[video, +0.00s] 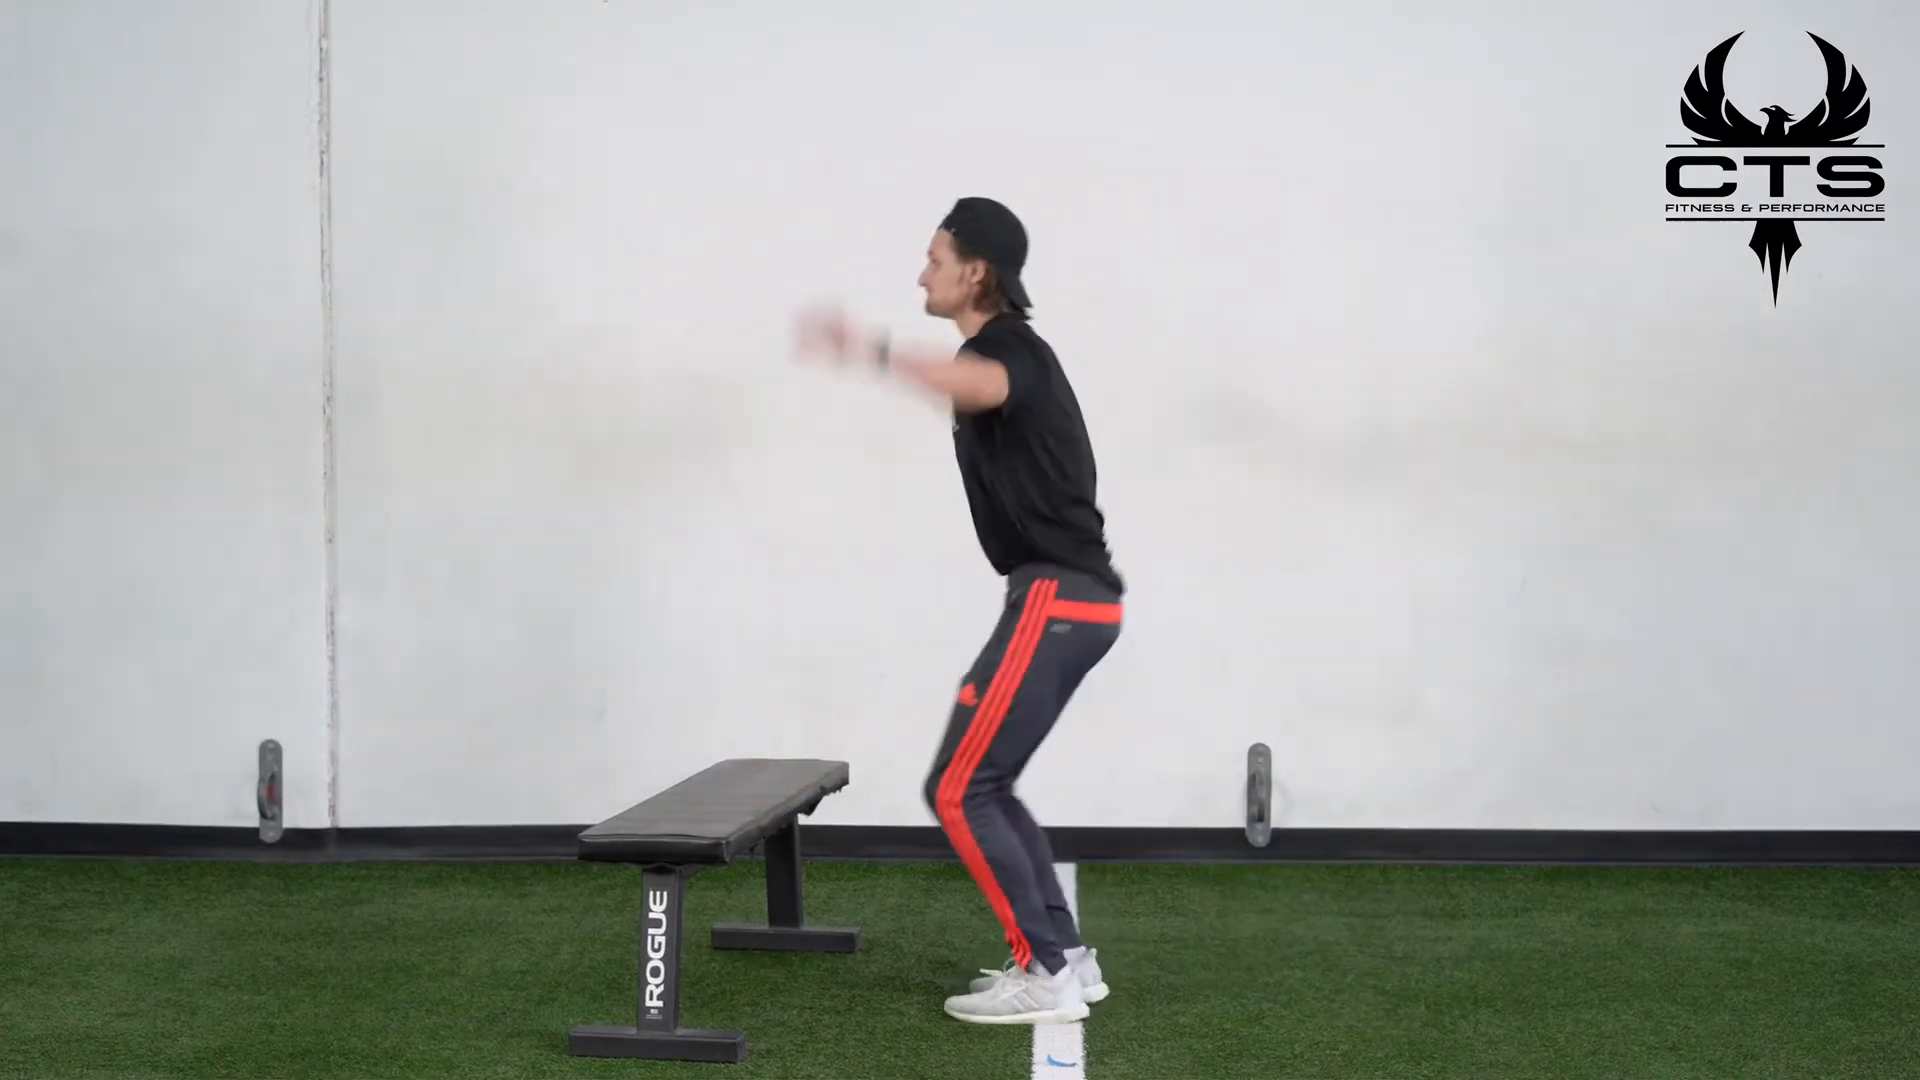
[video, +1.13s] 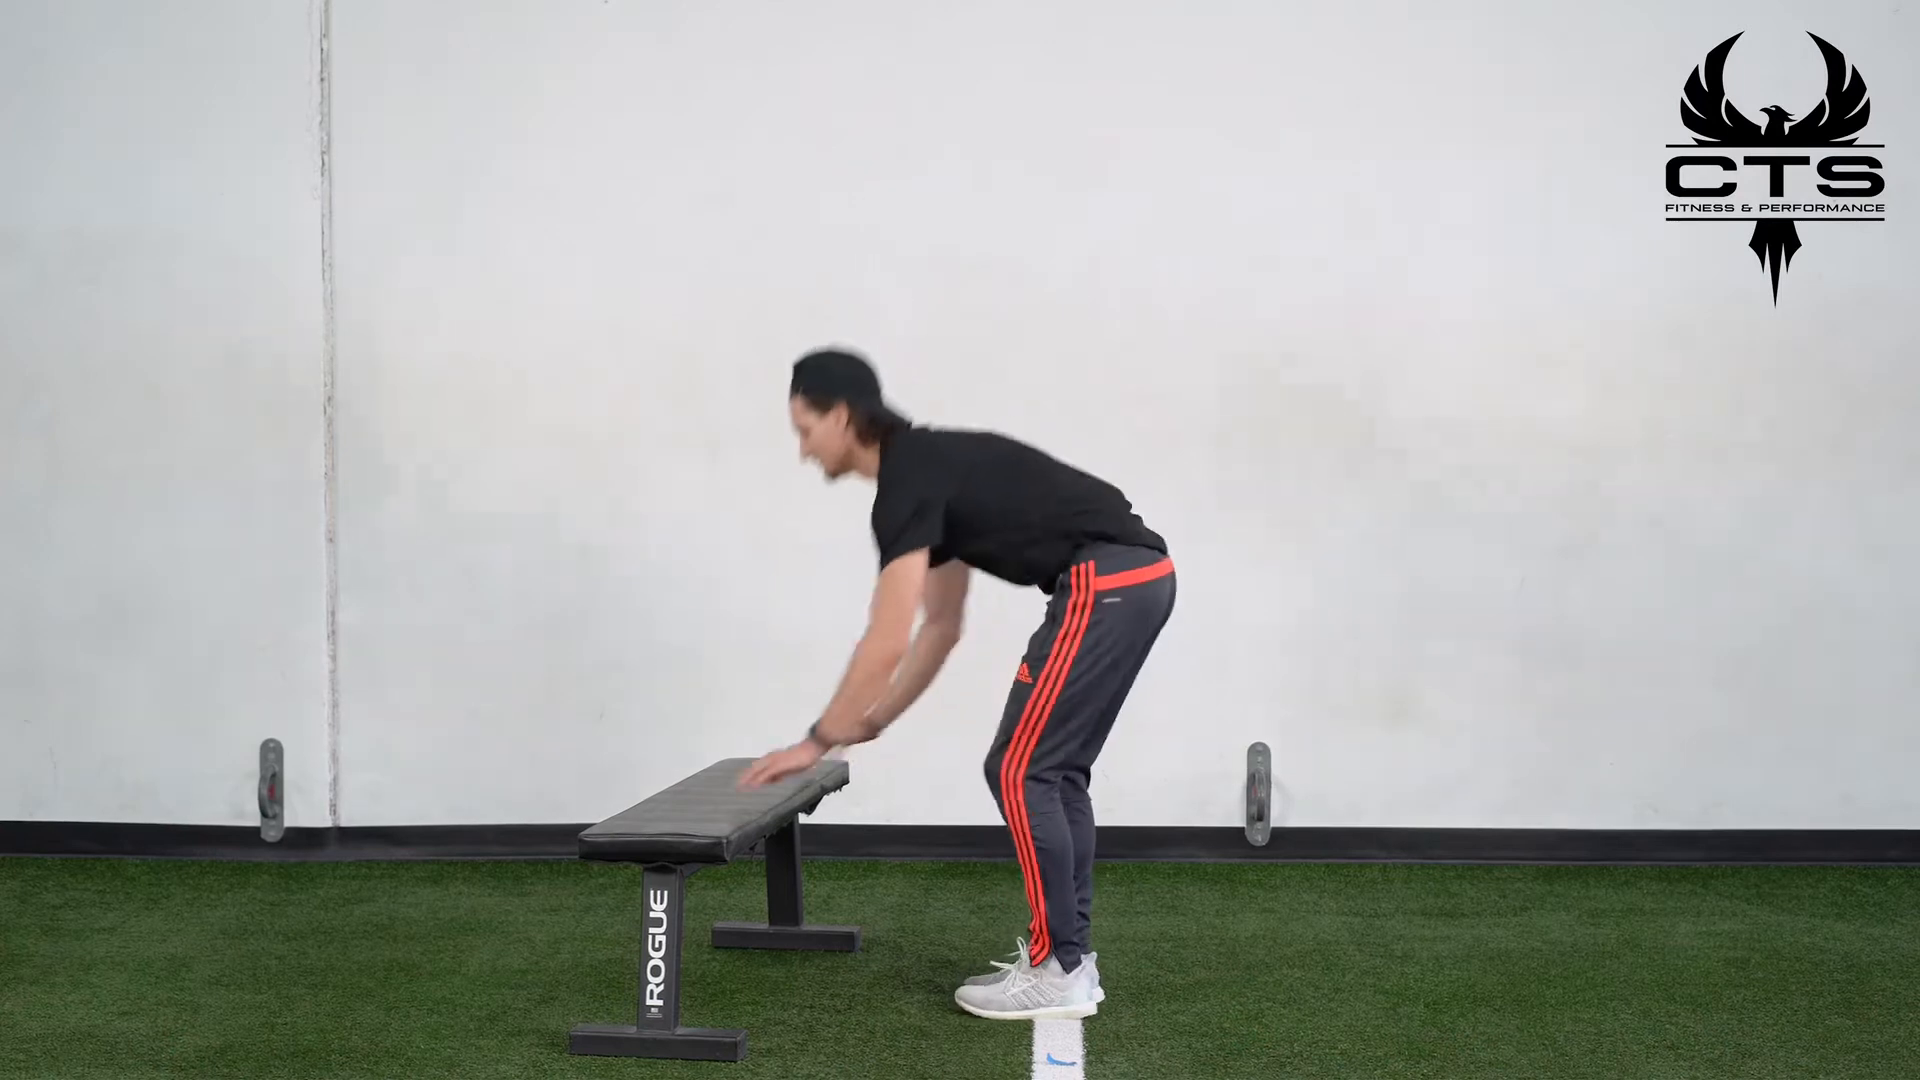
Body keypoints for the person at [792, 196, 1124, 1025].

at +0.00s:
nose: (924, 270)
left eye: (936, 259)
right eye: (928, 257)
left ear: (977, 271)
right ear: (982, 273)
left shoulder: (1008, 345)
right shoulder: (1003, 348)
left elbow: (982, 386)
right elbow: (970, 389)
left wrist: (874, 353)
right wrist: (879, 359)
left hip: (1060, 595)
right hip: (1062, 592)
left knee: (959, 788)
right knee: (979, 783)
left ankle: (1047, 968)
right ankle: (1062, 956)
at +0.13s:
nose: (947, 235)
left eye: (962, 221)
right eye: (952, 218)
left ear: (1001, 238)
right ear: (1016, 240)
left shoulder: (1013, 322)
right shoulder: (1031, 327)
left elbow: (996, 252)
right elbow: (999, 240)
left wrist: (958, 157)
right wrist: (972, 169)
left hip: (1019, 573)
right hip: (1033, 571)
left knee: (959, 768)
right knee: (980, 766)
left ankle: (1044, 961)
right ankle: (1054, 942)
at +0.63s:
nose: (930, 239)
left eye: (941, 223)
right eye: (934, 223)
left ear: (983, 228)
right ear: (989, 231)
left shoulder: (1001, 314)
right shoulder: (1030, 311)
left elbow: (1067, 374)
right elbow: (1089, 346)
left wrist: (1021, 282)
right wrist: (1050, 254)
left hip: (1013, 569)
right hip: (1028, 569)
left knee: (987, 768)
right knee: (1001, 766)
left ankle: (1056, 965)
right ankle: (1055, 953)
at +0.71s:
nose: (911, 253)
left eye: (918, 236)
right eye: (910, 237)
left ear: (959, 233)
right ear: (967, 234)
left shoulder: (1001, 314)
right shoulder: (1025, 309)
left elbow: (1065, 424)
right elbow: (1091, 403)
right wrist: (1074, 377)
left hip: (1023, 560)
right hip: (1039, 560)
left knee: (1003, 760)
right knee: (1018, 759)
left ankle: (1060, 962)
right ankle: (1056, 950)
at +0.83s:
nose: (880, 282)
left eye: (883, 263)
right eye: (877, 265)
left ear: (923, 251)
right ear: (931, 252)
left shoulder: (984, 334)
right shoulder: (990, 326)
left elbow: (1037, 469)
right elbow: (1042, 466)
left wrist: (1032, 589)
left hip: (1049, 571)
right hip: (1056, 567)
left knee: (1021, 764)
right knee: (1040, 764)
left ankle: (1062, 966)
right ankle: (1062, 954)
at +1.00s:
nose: (825, 361)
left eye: (829, 342)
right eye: (822, 344)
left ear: (871, 332)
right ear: (882, 334)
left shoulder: (932, 404)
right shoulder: (960, 392)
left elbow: (964, 553)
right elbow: (1006, 551)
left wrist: (914, 678)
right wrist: (975, 665)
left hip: (1090, 566)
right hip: (1116, 562)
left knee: (1032, 769)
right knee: (1065, 771)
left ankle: (1063, 969)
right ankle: (1068, 958)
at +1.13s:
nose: (801, 446)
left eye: (804, 426)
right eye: (797, 430)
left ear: (846, 414)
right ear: (859, 415)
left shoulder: (907, 479)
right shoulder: (937, 466)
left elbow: (890, 638)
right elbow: (943, 627)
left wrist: (817, 742)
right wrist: (872, 721)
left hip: (1105, 579)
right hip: (1132, 572)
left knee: (1017, 769)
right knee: (1059, 774)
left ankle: (1059, 967)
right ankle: (1068, 958)